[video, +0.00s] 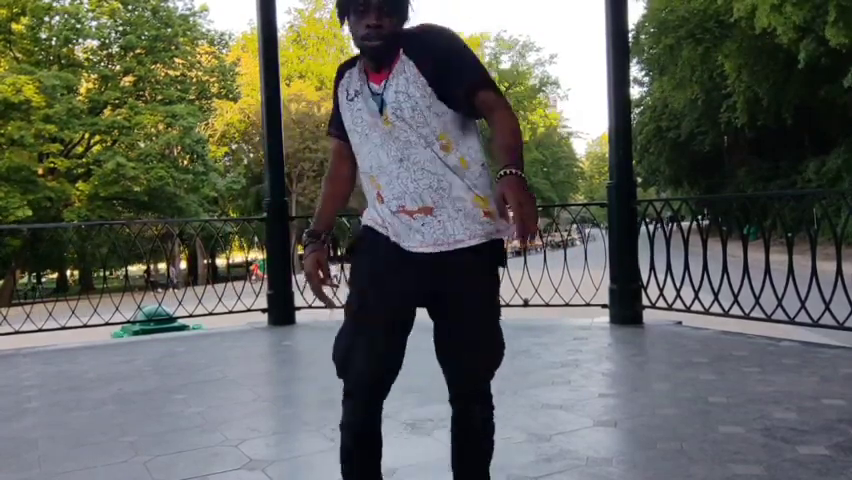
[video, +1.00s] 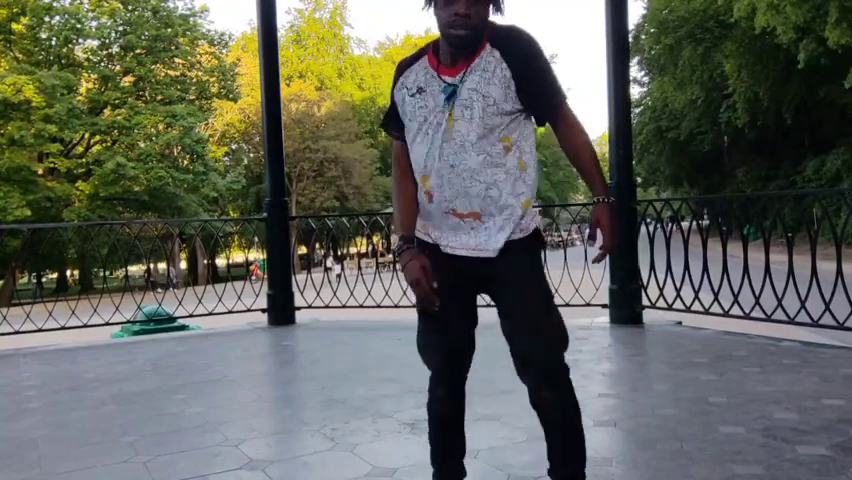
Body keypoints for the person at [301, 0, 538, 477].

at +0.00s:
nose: (372, 20)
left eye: (384, 10)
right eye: (360, 11)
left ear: (403, 14)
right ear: (346, 20)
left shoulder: (435, 44)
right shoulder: (347, 80)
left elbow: (498, 112)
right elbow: (343, 161)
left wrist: (511, 174)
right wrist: (319, 235)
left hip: (467, 248)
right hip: (387, 249)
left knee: (470, 391)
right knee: (361, 387)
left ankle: (472, 478)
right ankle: (360, 477)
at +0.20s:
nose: (372, 16)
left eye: (383, 5)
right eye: (360, 8)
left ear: (404, 9)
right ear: (349, 18)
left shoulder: (452, 65)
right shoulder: (341, 64)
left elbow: (488, 143)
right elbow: (318, 147)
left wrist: (515, 206)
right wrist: (335, 225)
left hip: (475, 251)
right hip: (397, 256)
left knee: (489, 385)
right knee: (380, 389)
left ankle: (491, 479)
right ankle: (369, 477)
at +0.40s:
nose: (431, 15)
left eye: (443, 5)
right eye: (419, 7)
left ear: (464, 11)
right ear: (405, 15)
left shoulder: (496, 81)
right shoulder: (377, 74)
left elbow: (494, 167)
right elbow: (305, 140)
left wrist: (502, 236)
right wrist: (345, 217)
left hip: (467, 259)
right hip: (388, 259)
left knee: (486, 386)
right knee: (363, 386)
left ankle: (488, 479)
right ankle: (363, 478)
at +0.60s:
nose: (465, 15)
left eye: (478, 4)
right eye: (453, 6)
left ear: (500, 10)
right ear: (439, 15)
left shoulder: (525, 65)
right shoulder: (413, 84)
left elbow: (531, 155)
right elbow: (333, 147)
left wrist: (518, 239)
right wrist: (346, 229)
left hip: (478, 259)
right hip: (401, 255)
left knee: (489, 393)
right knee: (383, 383)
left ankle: (487, 479)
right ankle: (347, 476)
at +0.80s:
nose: (455, 10)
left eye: (466, 0)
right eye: (443, 2)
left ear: (487, 6)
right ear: (431, 10)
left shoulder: (516, 45)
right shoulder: (407, 93)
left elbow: (554, 128)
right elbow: (374, 176)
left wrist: (556, 215)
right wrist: (362, 254)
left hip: (516, 250)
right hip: (441, 250)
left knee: (520, 387)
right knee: (436, 379)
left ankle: (499, 476)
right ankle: (419, 473)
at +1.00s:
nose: (462, 11)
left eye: (474, 3)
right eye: (451, 2)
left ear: (490, 8)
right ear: (434, 7)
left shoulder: (513, 47)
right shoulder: (408, 73)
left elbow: (563, 121)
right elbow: (403, 166)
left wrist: (602, 197)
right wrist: (406, 244)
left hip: (512, 247)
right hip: (441, 251)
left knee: (545, 373)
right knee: (445, 380)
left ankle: (568, 473)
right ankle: (447, 473)